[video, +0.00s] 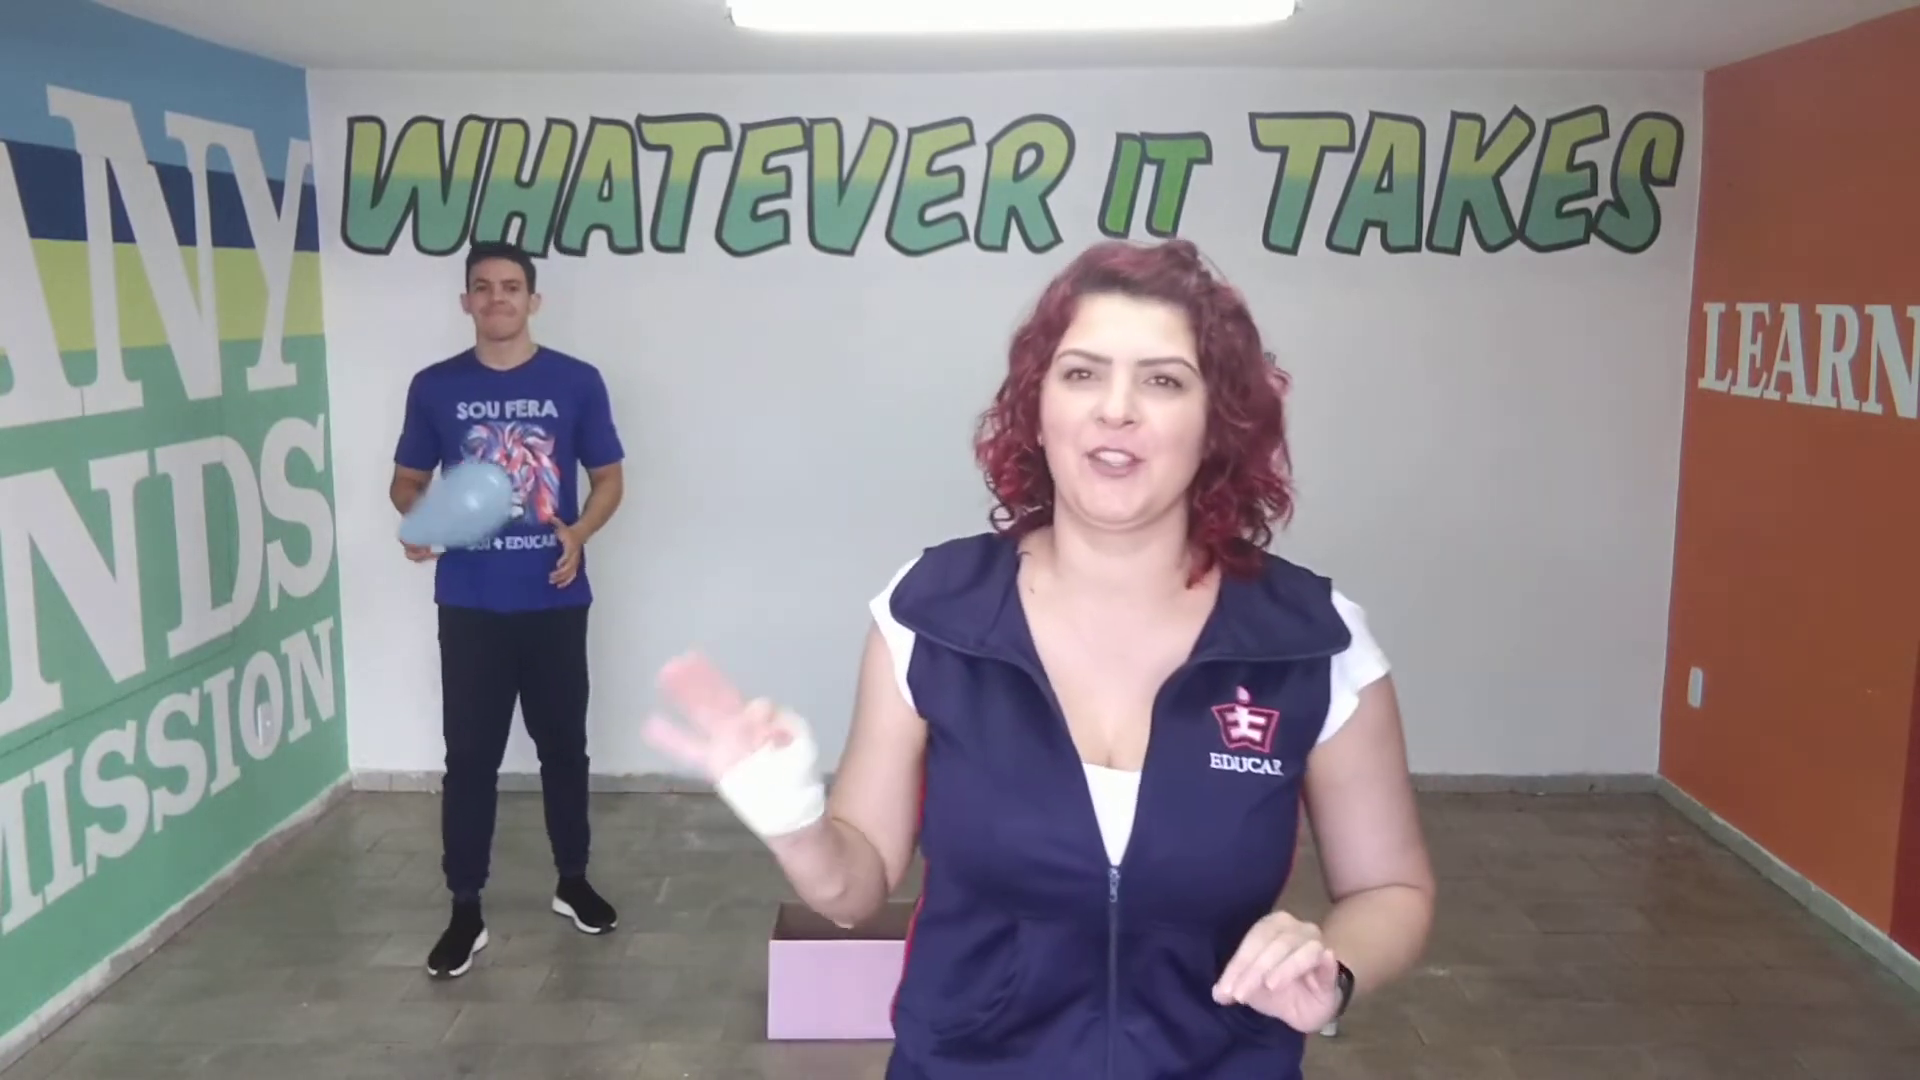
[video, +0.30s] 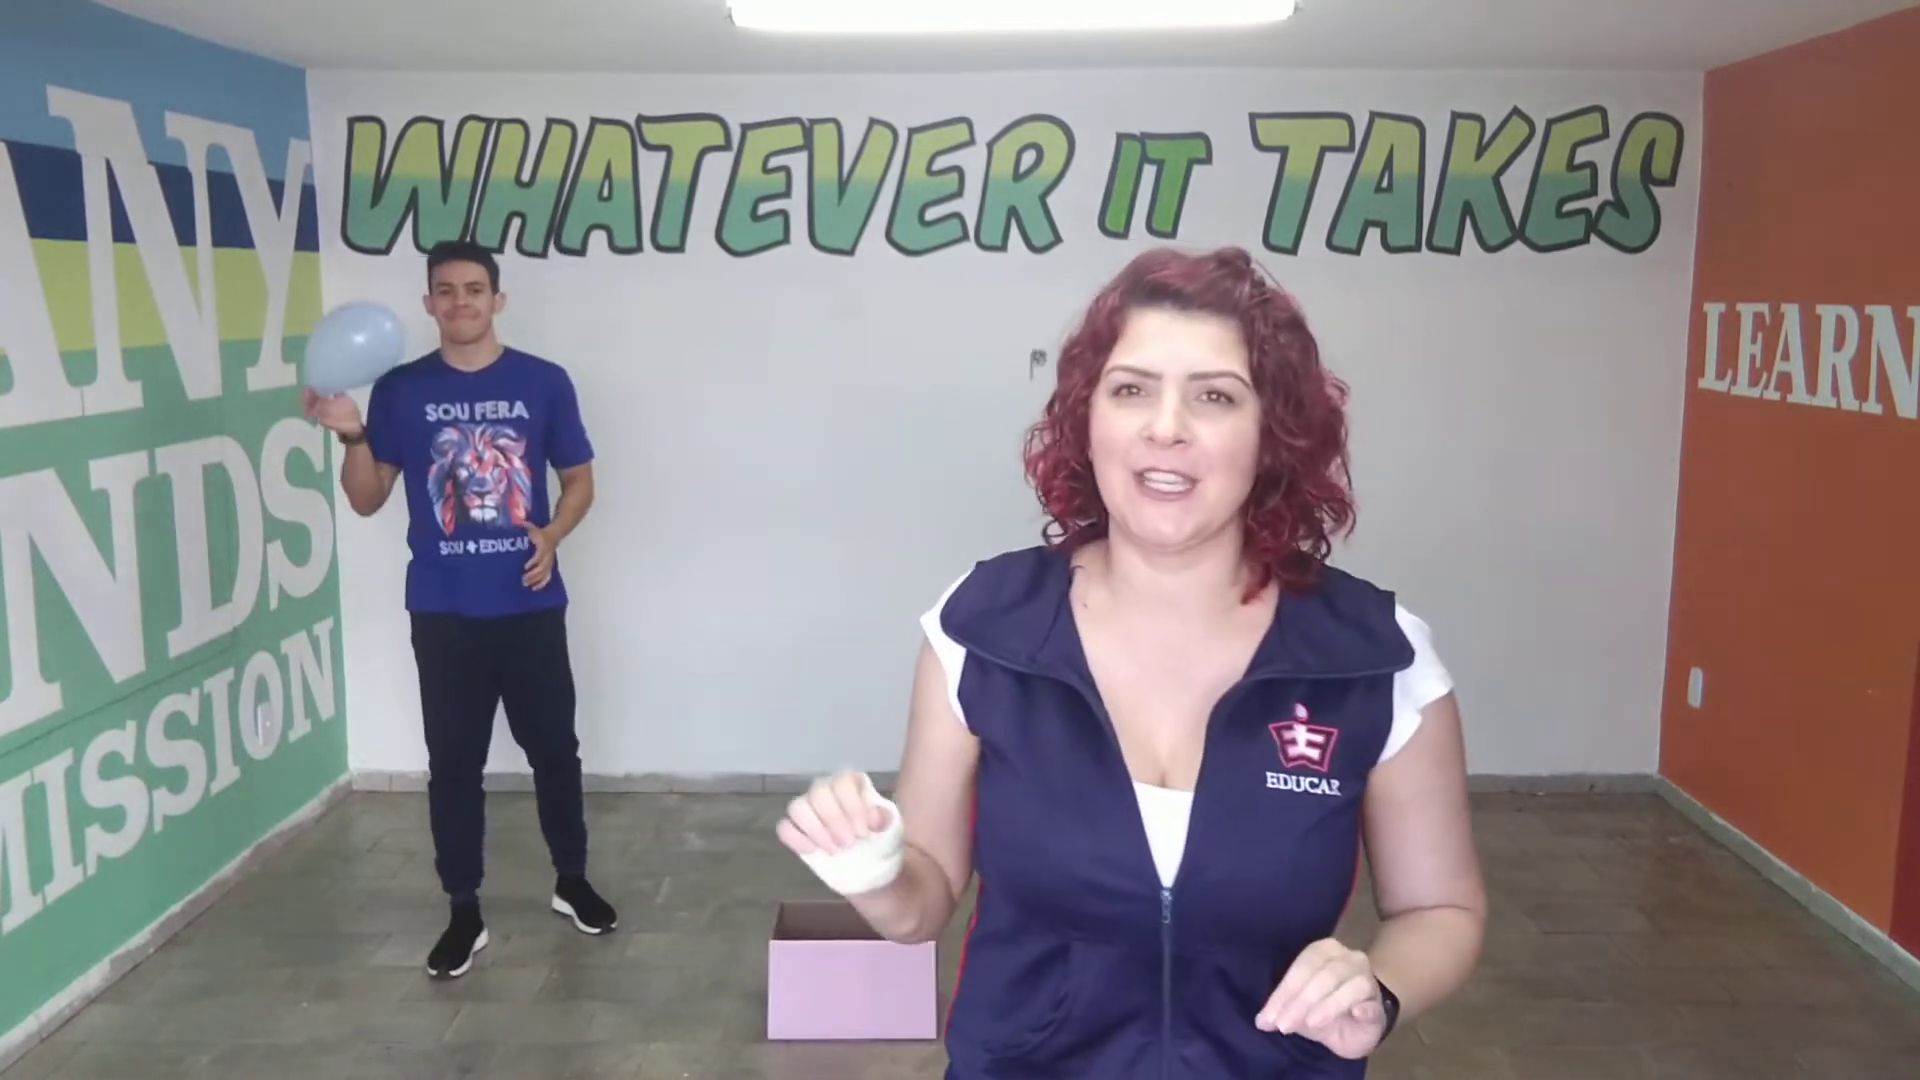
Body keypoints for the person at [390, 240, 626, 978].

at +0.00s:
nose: (495, 299)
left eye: (508, 288)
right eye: (482, 288)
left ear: (532, 299)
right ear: (466, 300)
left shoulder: (576, 383)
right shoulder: (436, 386)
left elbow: (610, 480)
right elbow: (407, 481)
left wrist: (581, 531)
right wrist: (424, 521)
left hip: (554, 607)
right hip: (471, 609)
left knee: (565, 750)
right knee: (469, 761)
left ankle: (572, 881)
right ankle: (465, 911)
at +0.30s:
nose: (459, 302)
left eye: (473, 290)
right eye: (445, 291)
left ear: (496, 300)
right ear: (429, 302)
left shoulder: (544, 383)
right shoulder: (400, 391)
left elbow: (580, 483)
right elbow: (366, 499)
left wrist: (553, 532)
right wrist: (354, 436)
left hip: (532, 608)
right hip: (445, 614)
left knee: (555, 751)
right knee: (453, 765)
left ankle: (572, 881)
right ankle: (464, 913)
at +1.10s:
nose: (527, 328)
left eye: (536, 316)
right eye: (515, 313)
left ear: (542, 316)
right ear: (474, 306)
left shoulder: (564, 389)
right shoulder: (417, 392)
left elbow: (595, 485)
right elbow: (376, 489)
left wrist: (583, 533)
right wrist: (405, 515)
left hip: (553, 618)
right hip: (464, 621)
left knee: (583, 766)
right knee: (467, 774)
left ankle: (610, 919)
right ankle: (466, 915)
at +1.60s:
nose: (630, 347)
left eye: (640, 333)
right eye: (620, 330)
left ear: (646, 327)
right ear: (580, 310)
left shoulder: (657, 397)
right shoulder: (513, 378)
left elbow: (680, 498)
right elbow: (467, 469)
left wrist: (647, 562)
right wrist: (489, 534)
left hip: (616, 616)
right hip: (528, 610)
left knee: (615, 771)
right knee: (499, 763)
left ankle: (612, 920)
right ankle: (476, 908)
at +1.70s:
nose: (642, 347)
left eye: (653, 334)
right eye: (633, 330)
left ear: (660, 328)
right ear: (595, 310)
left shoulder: (671, 397)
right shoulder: (529, 375)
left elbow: (696, 499)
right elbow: (484, 464)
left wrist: (660, 565)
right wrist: (501, 533)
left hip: (623, 615)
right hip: (536, 609)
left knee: (618, 770)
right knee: (519, 758)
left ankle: (612, 922)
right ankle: (521, 900)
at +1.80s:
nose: (652, 345)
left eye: (662, 334)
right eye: (643, 329)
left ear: (668, 327)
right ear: (606, 307)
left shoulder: (679, 399)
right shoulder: (538, 374)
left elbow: (705, 500)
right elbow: (496, 462)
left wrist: (673, 560)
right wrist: (511, 533)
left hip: (628, 615)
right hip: (543, 608)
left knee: (622, 765)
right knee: (533, 751)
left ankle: (612, 917)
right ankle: (583, 863)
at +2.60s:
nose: (631, 335)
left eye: (640, 322)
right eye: (618, 323)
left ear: (650, 313)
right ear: (586, 317)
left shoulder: (684, 378)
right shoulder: (555, 390)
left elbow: (723, 468)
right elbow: (538, 477)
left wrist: (694, 530)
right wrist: (555, 534)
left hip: (674, 582)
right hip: (601, 586)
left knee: (675, 729)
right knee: (625, 728)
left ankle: (685, 884)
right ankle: (646, 851)